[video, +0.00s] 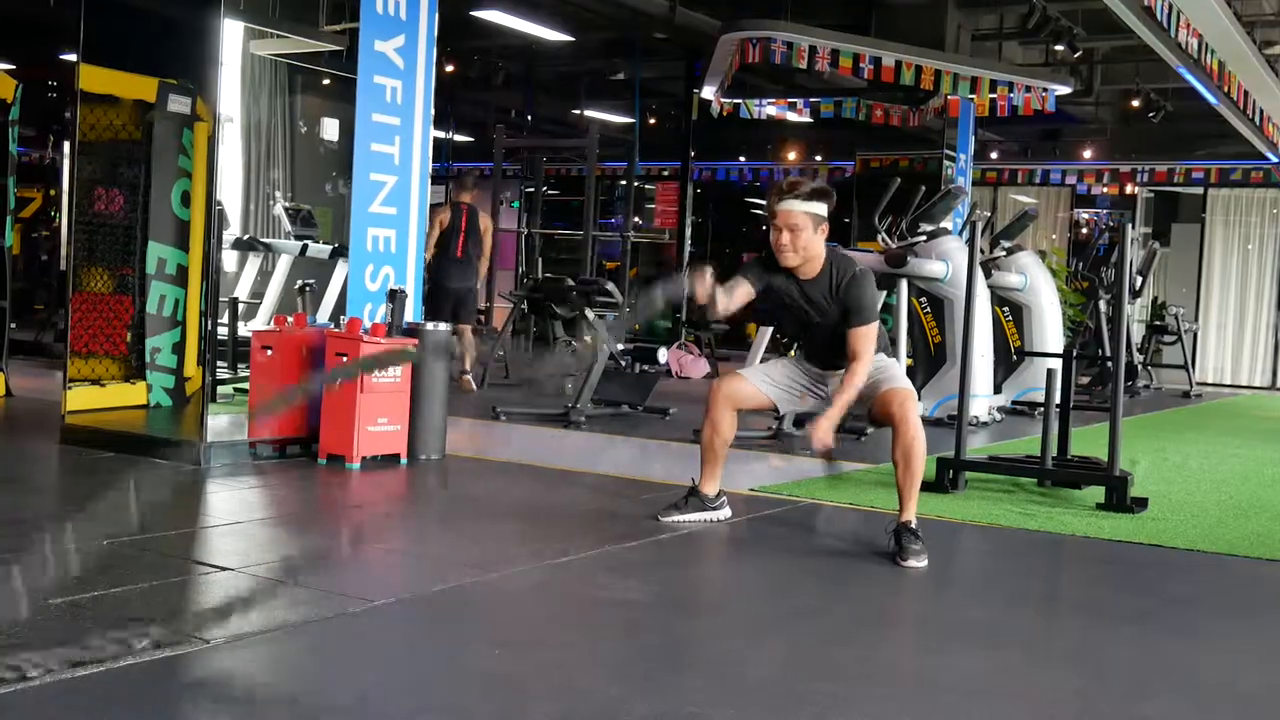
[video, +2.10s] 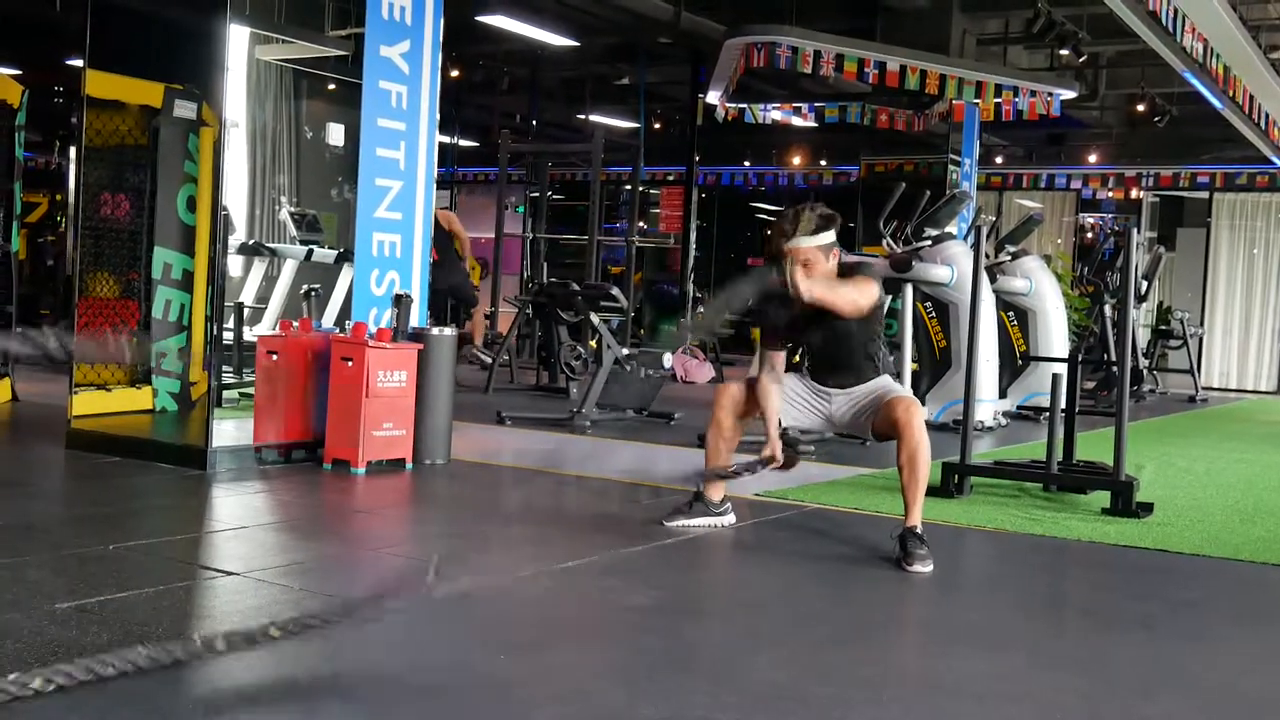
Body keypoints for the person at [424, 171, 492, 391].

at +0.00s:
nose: (460, 195)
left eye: (456, 190)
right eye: (468, 191)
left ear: (453, 190)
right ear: (474, 192)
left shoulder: (441, 214)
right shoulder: (485, 220)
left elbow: (429, 249)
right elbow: (485, 256)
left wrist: (421, 270)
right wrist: (477, 283)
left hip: (442, 283)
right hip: (468, 284)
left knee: (437, 329)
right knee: (465, 329)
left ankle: (434, 375)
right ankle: (466, 370)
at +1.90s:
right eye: (444, 200)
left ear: (431, 203)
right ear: (448, 202)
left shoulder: (424, 222)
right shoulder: (460, 222)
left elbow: (419, 255)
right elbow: (472, 251)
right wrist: (473, 278)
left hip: (433, 284)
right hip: (458, 282)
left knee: (437, 327)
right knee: (471, 323)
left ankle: (436, 369)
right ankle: (466, 365)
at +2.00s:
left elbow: (424, 261)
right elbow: (467, 257)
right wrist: (470, 276)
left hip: (436, 284)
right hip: (458, 282)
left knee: (438, 326)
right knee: (476, 314)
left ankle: (439, 366)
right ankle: (475, 351)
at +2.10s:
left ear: (420, 202)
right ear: (433, 200)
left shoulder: (413, 221)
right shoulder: (445, 216)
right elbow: (464, 237)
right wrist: (466, 261)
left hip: (431, 279)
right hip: (453, 276)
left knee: (435, 319)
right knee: (476, 308)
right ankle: (477, 347)